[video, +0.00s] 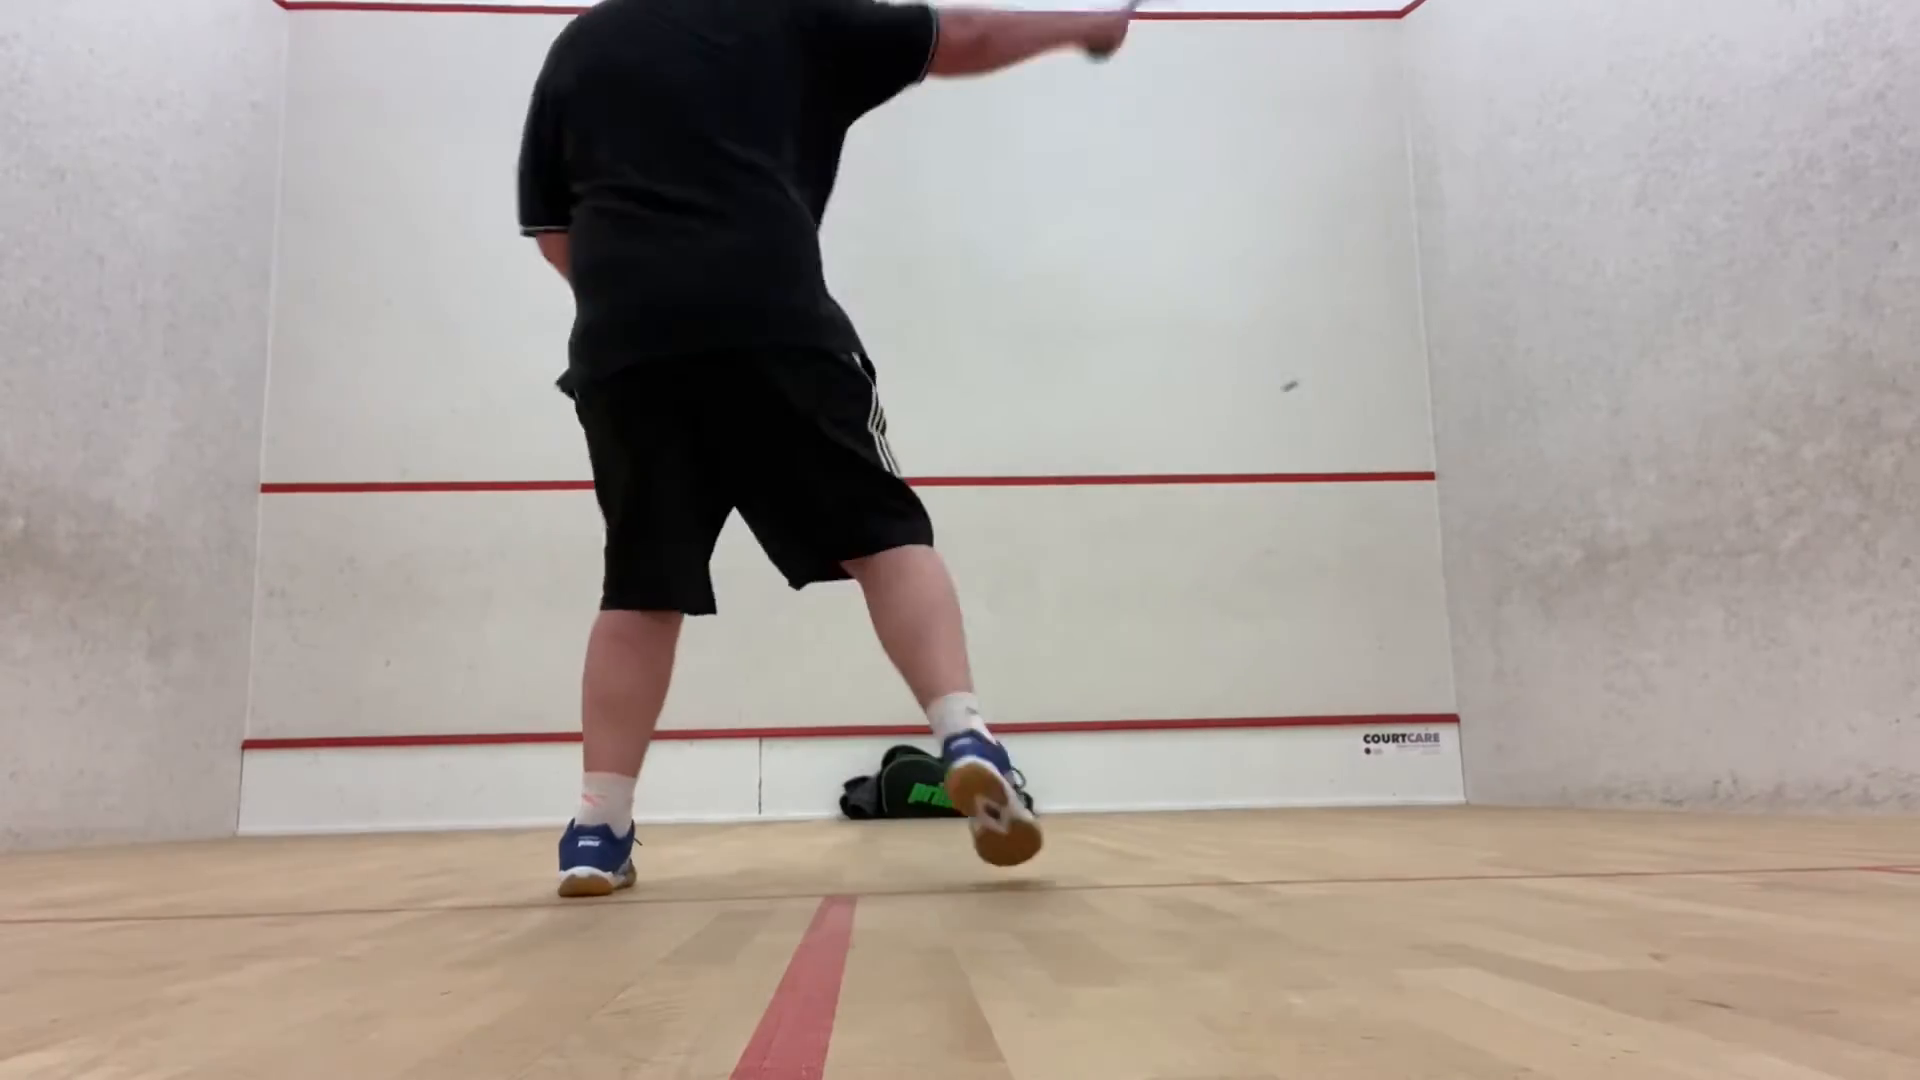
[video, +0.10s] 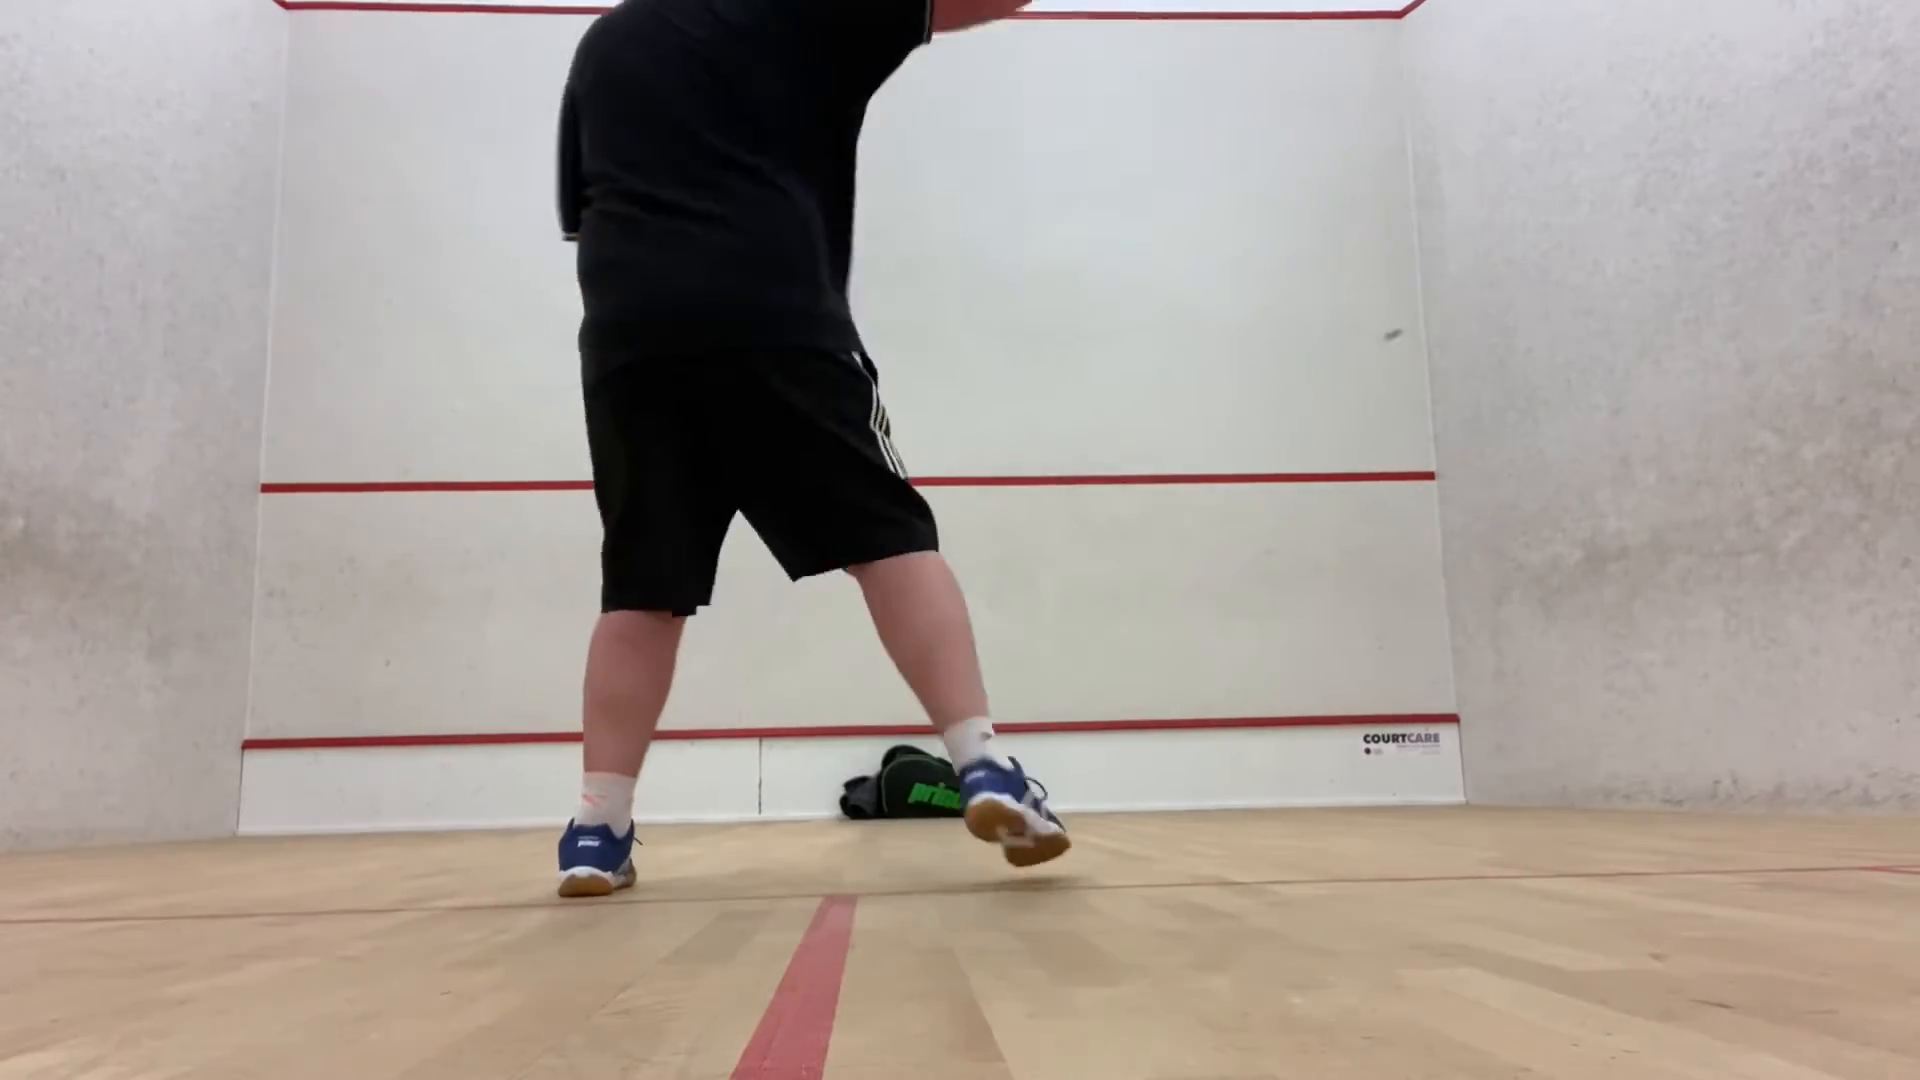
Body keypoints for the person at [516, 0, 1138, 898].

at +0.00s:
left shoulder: (581, 41)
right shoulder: (796, 16)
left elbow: (555, 232)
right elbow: (960, 41)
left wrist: (645, 310)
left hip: (625, 344)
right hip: (778, 322)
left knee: (640, 581)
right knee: (883, 533)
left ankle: (597, 827)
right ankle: (965, 740)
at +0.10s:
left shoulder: (607, 36)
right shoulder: (822, 16)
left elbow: (582, 213)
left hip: (631, 337)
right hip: (784, 323)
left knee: (642, 583)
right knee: (887, 535)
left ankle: (598, 829)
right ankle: (983, 762)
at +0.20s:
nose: (950, 5)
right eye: (947, 0)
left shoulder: (653, 35)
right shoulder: (841, 10)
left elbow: (701, 192)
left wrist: (849, 285)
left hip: (648, 330)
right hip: (791, 321)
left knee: (655, 588)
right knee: (894, 554)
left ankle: (598, 826)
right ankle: (1004, 795)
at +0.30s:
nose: (939, 12)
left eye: (949, 5)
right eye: (936, 1)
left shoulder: (706, 45)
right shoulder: (844, 16)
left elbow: (744, 218)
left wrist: (880, 274)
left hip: (670, 335)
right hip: (804, 330)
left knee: (680, 594)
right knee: (913, 569)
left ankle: (601, 828)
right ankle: (1013, 814)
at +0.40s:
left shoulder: (781, 37)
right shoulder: (869, 28)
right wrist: (910, 346)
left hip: (684, 340)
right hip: (819, 339)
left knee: (707, 597)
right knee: (935, 569)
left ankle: (605, 826)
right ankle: (1015, 816)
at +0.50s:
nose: (1014, 22)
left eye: (1023, 11)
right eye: (1017, 5)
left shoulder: (846, 42)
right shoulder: (912, 40)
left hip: (703, 347)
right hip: (841, 353)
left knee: (720, 596)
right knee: (952, 564)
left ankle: (606, 827)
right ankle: (1019, 820)